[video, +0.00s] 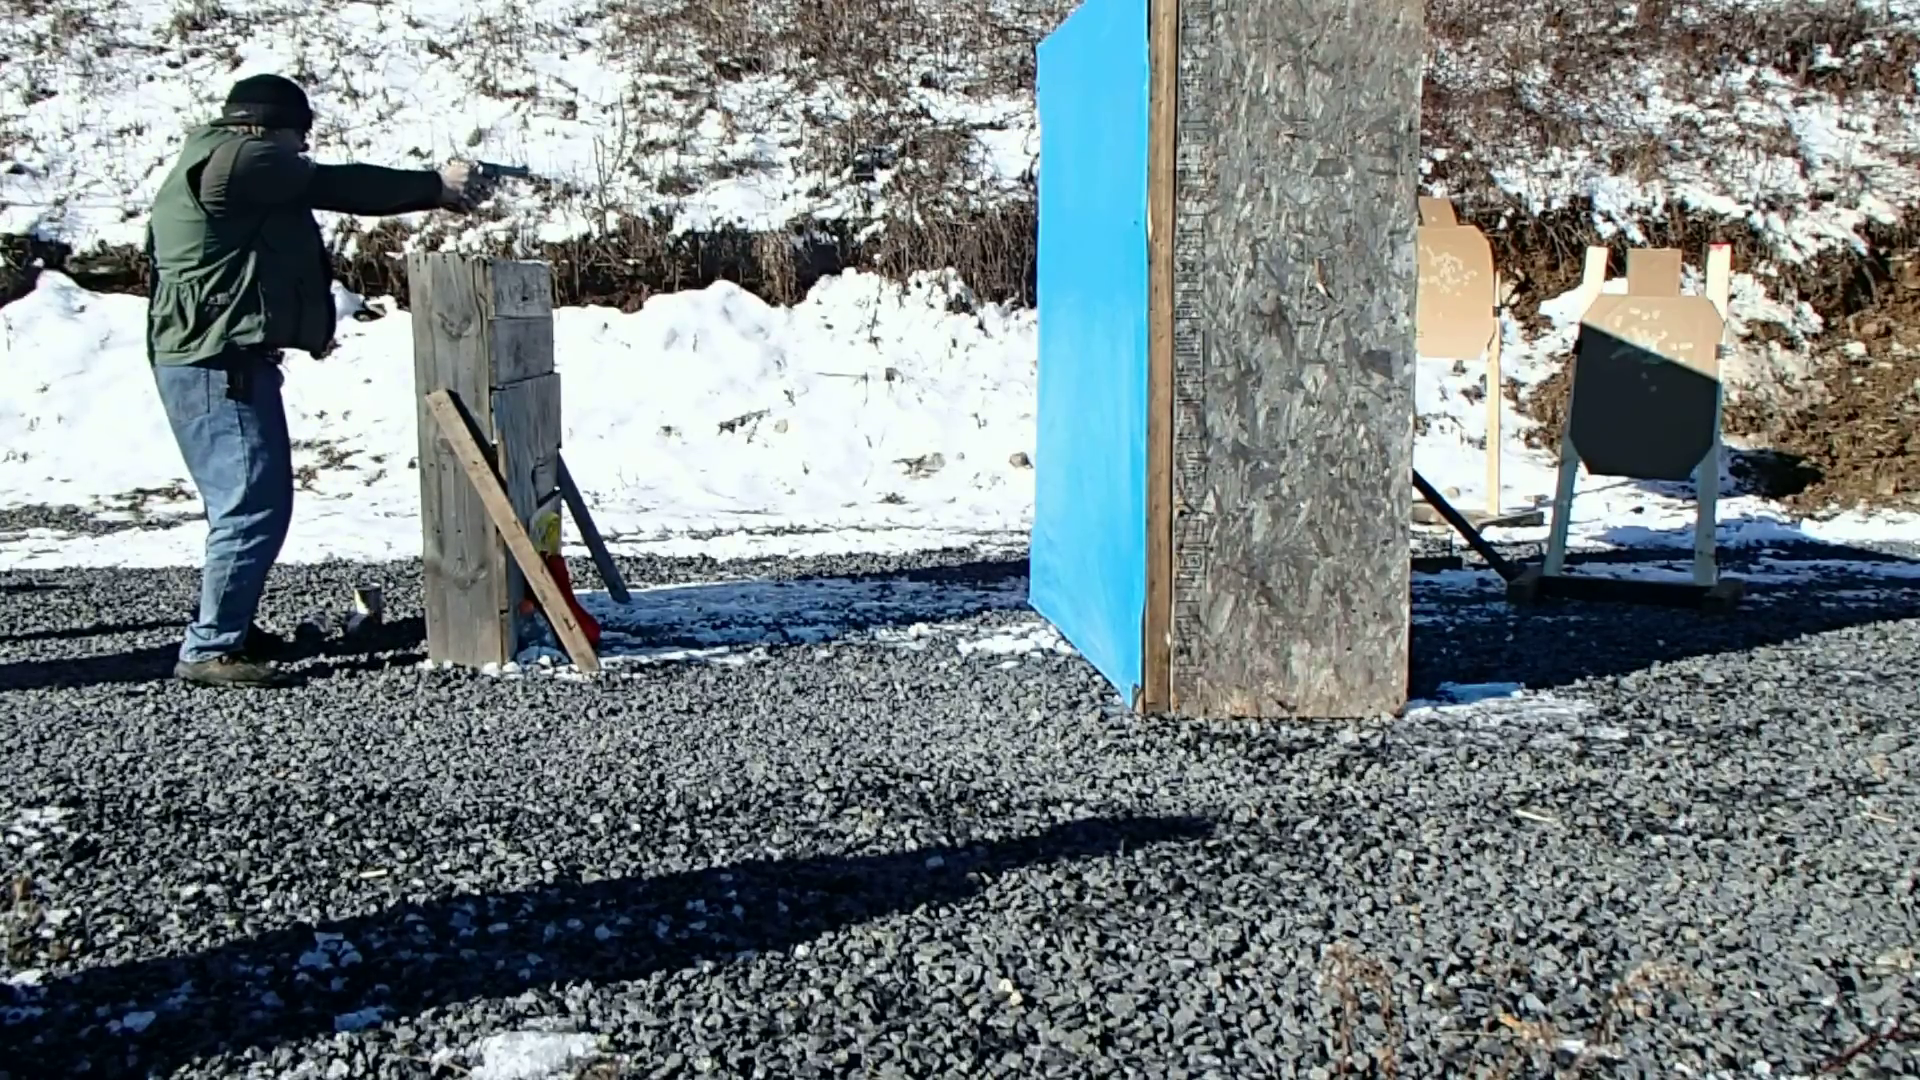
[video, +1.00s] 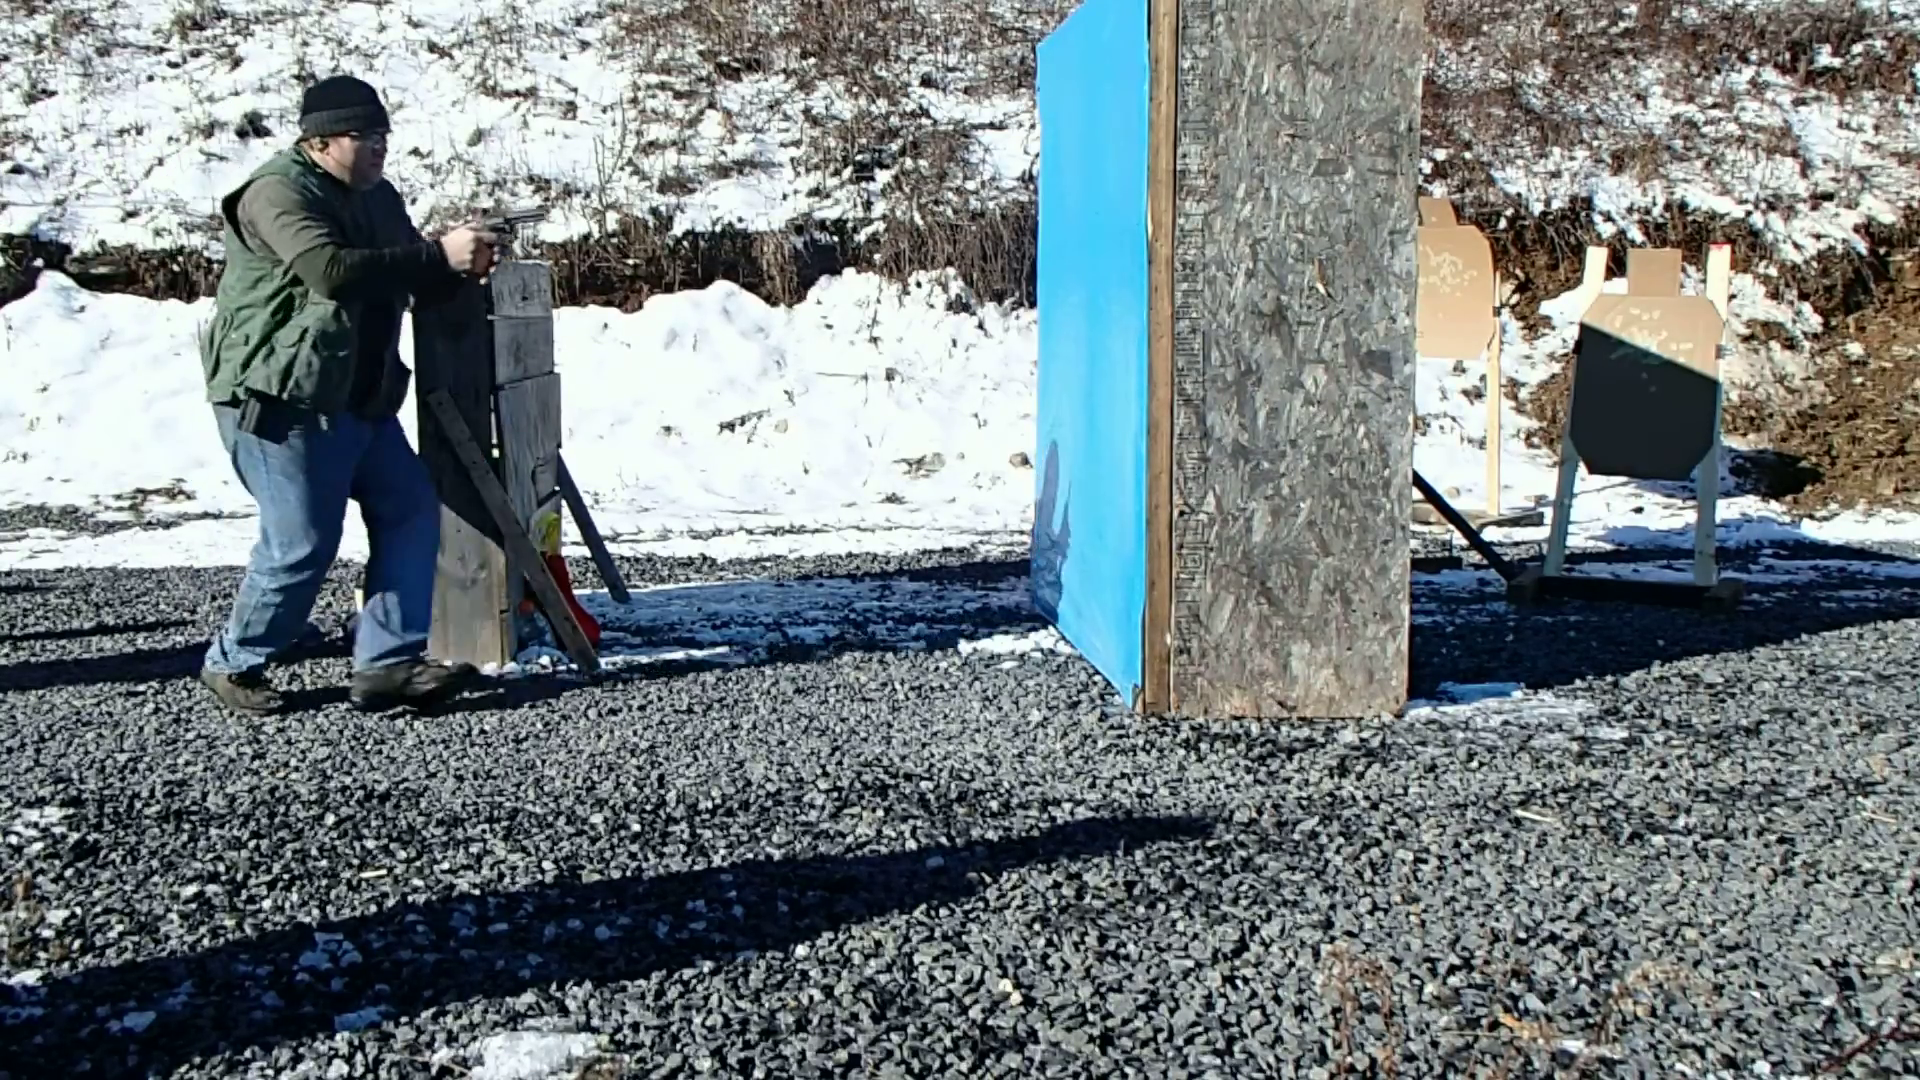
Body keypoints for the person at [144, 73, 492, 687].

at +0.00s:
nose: (303, 148)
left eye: (303, 138)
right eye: (298, 136)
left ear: (243, 118)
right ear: (271, 126)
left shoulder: (209, 159)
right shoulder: (240, 160)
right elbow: (344, 185)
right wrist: (438, 183)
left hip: (221, 359)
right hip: (220, 362)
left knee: (253, 500)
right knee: (252, 502)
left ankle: (230, 630)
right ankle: (212, 646)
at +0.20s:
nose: (303, 150)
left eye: (303, 139)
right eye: (298, 137)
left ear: (245, 118)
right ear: (272, 126)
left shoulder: (212, 158)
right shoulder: (237, 160)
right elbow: (340, 187)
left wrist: (433, 190)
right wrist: (437, 186)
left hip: (221, 359)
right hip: (218, 363)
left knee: (254, 502)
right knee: (251, 504)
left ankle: (230, 630)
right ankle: (211, 647)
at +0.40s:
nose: (306, 158)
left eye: (307, 146)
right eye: (302, 144)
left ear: (258, 133)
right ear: (268, 136)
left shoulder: (240, 172)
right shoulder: (220, 165)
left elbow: (325, 238)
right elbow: (302, 214)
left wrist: (398, 204)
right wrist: (397, 197)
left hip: (222, 362)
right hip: (201, 363)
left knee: (233, 504)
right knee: (269, 488)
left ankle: (208, 631)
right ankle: (219, 639)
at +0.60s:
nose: (316, 183)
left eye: (320, 171)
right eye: (308, 171)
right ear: (268, 165)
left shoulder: (297, 226)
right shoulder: (205, 202)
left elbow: (327, 322)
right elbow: (222, 282)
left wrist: (337, 278)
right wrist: (316, 255)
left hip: (256, 389)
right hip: (200, 385)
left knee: (265, 501)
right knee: (282, 488)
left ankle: (203, 633)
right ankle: (221, 639)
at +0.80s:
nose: (335, 165)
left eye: (337, 154)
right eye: (325, 154)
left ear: (326, 154)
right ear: (280, 156)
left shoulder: (336, 215)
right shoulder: (218, 205)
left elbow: (361, 316)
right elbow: (242, 286)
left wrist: (382, 285)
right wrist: (348, 266)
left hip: (303, 401)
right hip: (227, 399)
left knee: (320, 526)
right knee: (272, 531)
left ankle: (221, 596)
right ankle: (225, 669)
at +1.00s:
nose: (383, 147)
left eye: (385, 135)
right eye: (371, 136)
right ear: (325, 140)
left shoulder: (378, 198)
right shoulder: (276, 192)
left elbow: (414, 281)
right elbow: (330, 271)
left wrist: (456, 258)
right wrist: (435, 255)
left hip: (360, 401)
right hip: (281, 402)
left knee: (411, 512)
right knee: (300, 543)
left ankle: (386, 662)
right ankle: (234, 665)